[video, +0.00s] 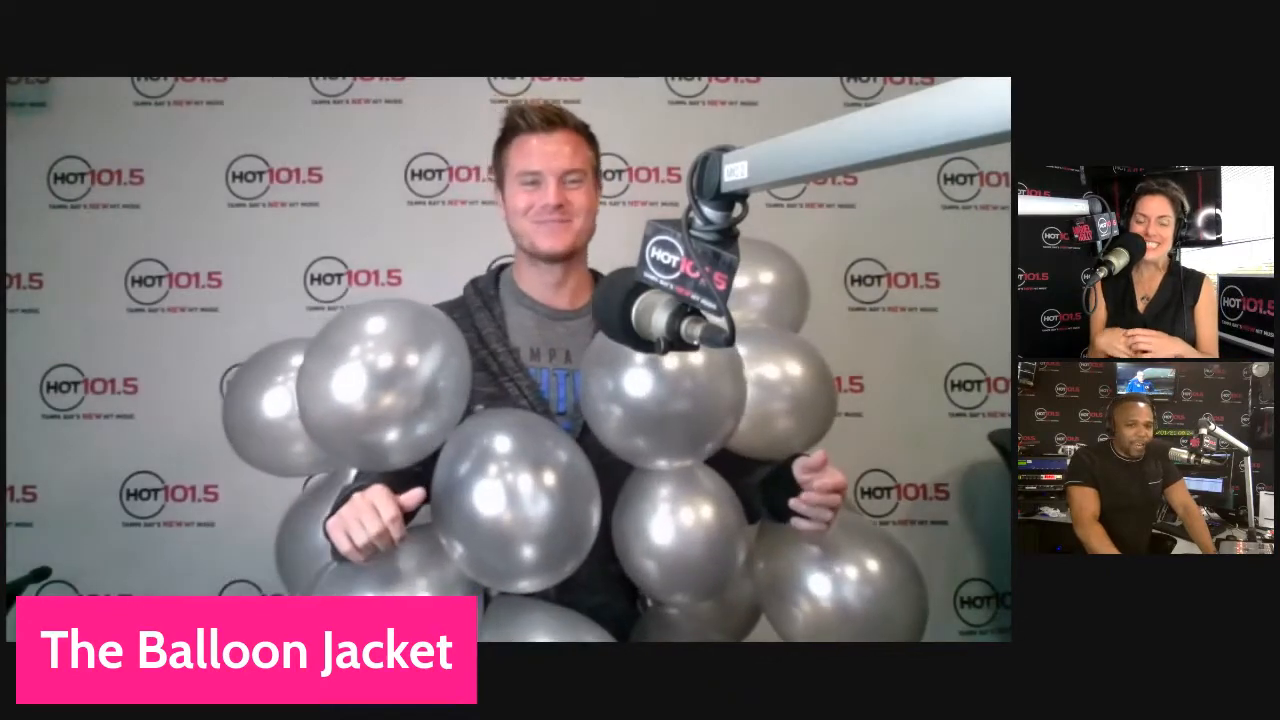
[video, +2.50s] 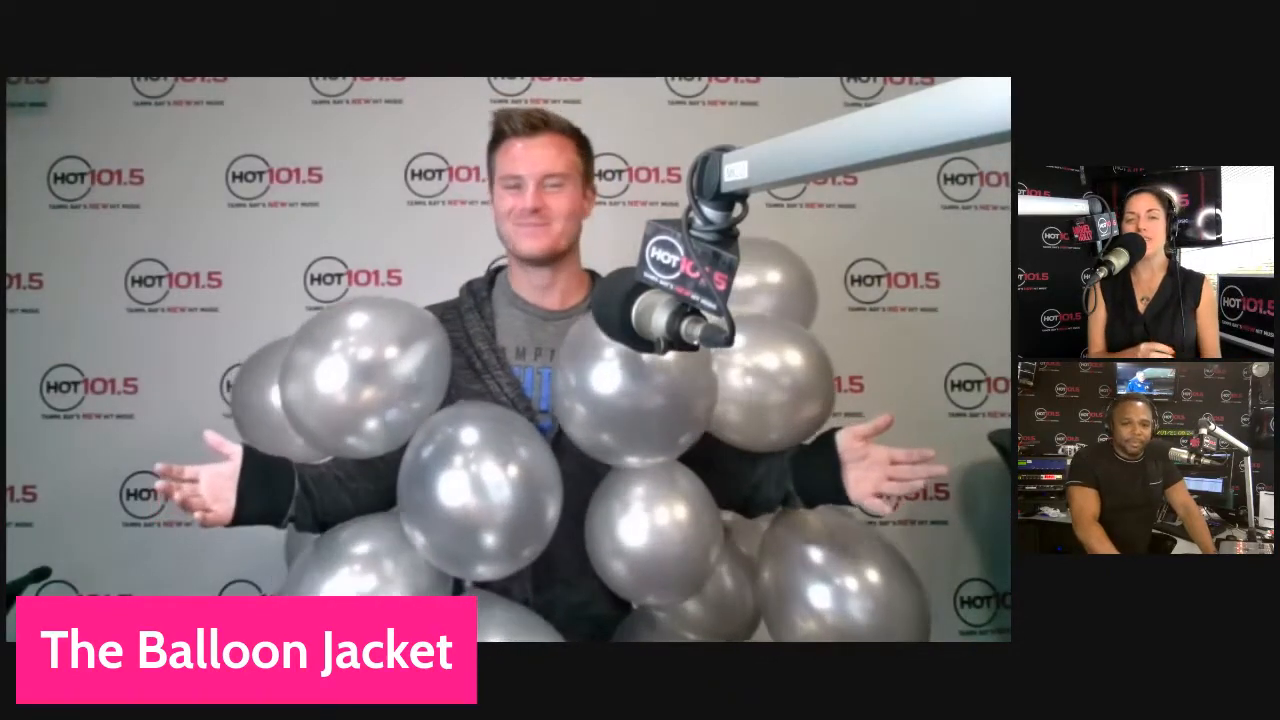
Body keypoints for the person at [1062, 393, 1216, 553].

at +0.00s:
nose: (1142, 433)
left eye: (1148, 425)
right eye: (1131, 425)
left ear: (1154, 428)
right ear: (1112, 427)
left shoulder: (1157, 458)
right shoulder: (1087, 460)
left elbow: (1186, 508)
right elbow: (1086, 524)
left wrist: (1211, 552)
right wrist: (1118, 560)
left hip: (1144, 556)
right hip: (1100, 556)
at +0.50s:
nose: (1141, 432)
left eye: (1147, 424)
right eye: (1131, 424)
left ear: (1153, 428)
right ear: (1112, 427)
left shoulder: (1158, 458)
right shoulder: (1087, 460)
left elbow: (1187, 508)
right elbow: (1086, 524)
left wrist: (1211, 552)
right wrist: (1118, 561)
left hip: (1143, 557)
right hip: (1098, 557)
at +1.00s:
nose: (1141, 435)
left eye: (1148, 428)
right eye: (1131, 427)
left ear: (1156, 431)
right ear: (1115, 428)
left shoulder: (1159, 459)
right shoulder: (1091, 459)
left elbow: (1188, 508)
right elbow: (1086, 523)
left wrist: (1211, 551)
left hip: (1142, 555)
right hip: (1097, 555)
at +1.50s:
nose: (1137, 428)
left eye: (1144, 421)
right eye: (1127, 421)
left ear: (1153, 427)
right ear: (1113, 426)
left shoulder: (1159, 459)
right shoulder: (1091, 460)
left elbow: (1188, 509)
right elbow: (1087, 524)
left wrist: (1212, 553)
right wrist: (1121, 565)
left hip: (1143, 557)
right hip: (1099, 557)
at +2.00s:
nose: (1134, 429)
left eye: (1142, 422)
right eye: (1125, 422)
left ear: (1151, 428)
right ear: (1111, 427)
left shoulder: (1158, 458)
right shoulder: (1088, 461)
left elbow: (1188, 509)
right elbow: (1086, 525)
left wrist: (1211, 553)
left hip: (1143, 556)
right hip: (1100, 557)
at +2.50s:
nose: (1137, 431)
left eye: (1144, 424)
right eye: (1127, 423)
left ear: (1153, 429)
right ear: (1111, 427)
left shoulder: (1158, 458)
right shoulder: (1088, 461)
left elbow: (1188, 509)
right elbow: (1086, 525)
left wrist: (1211, 553)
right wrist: (1120, 566)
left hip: (1143, 557)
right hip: (1098, 559)